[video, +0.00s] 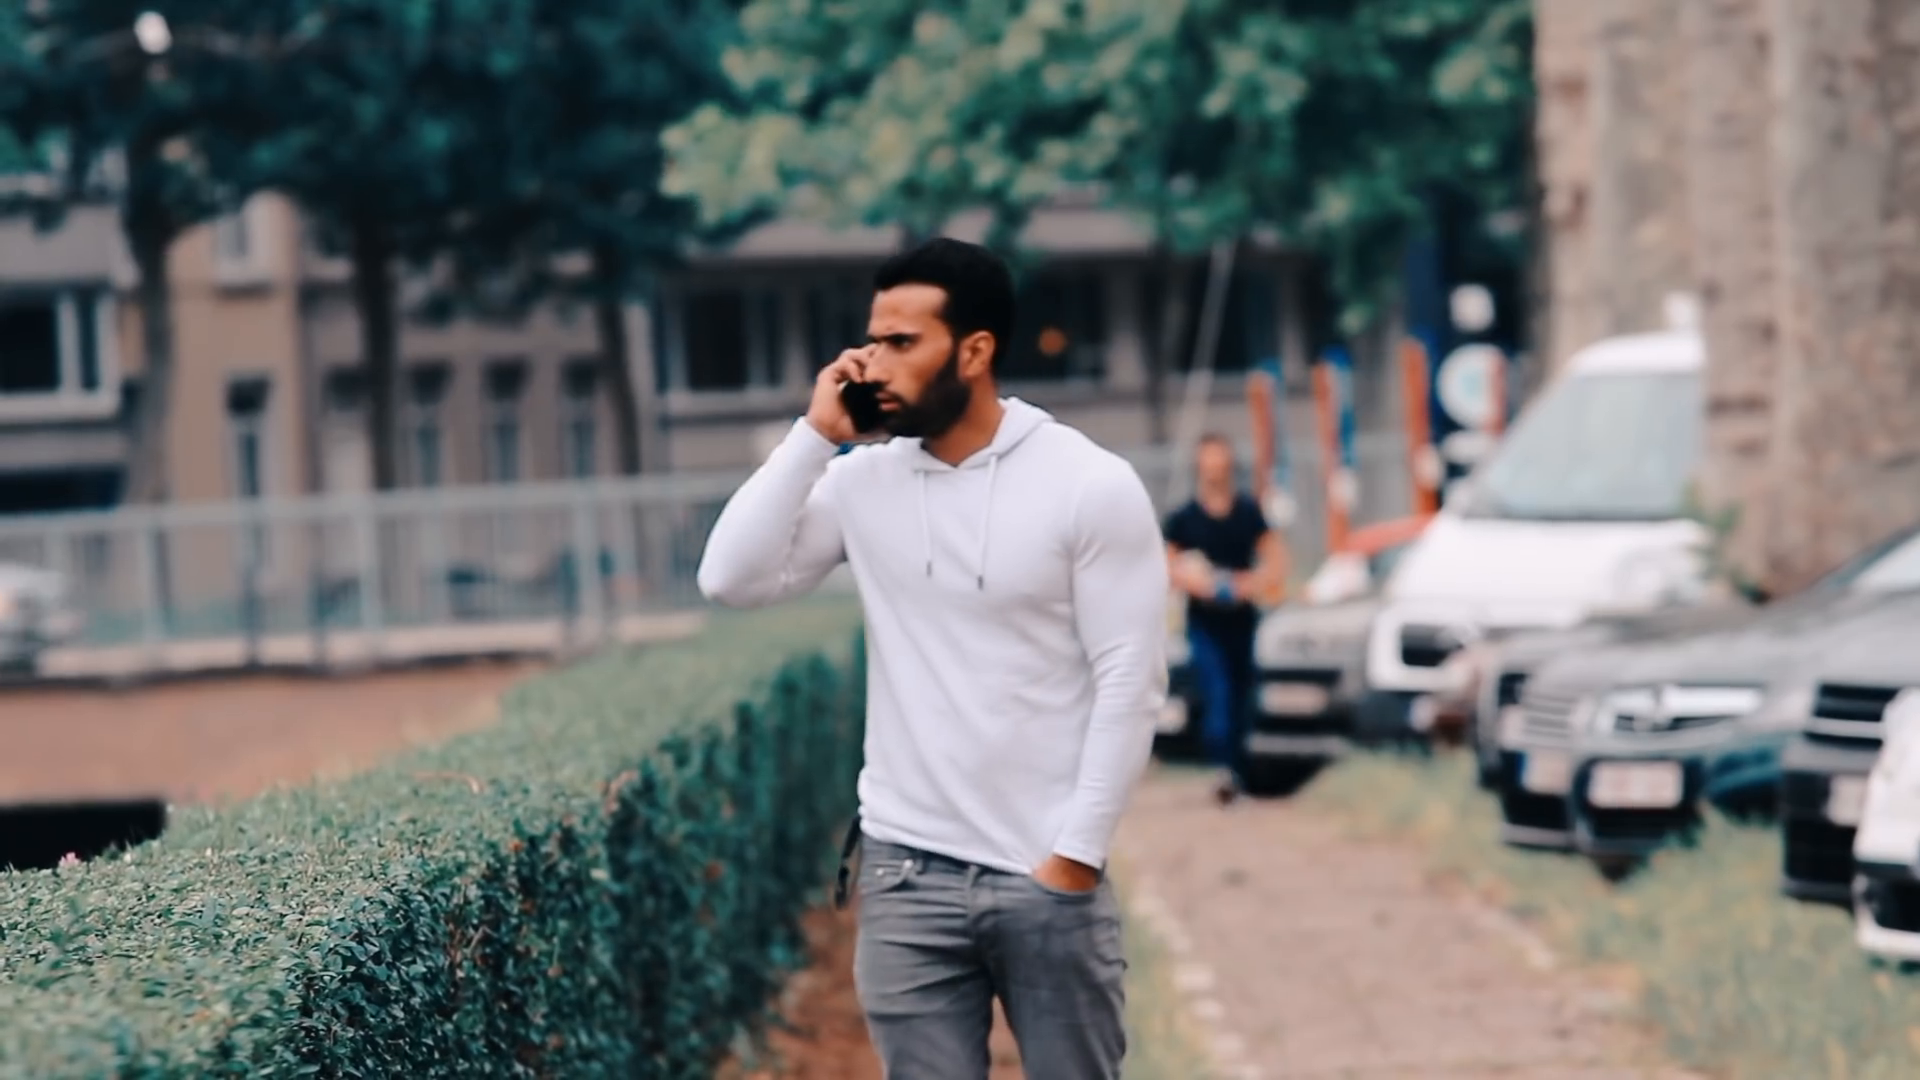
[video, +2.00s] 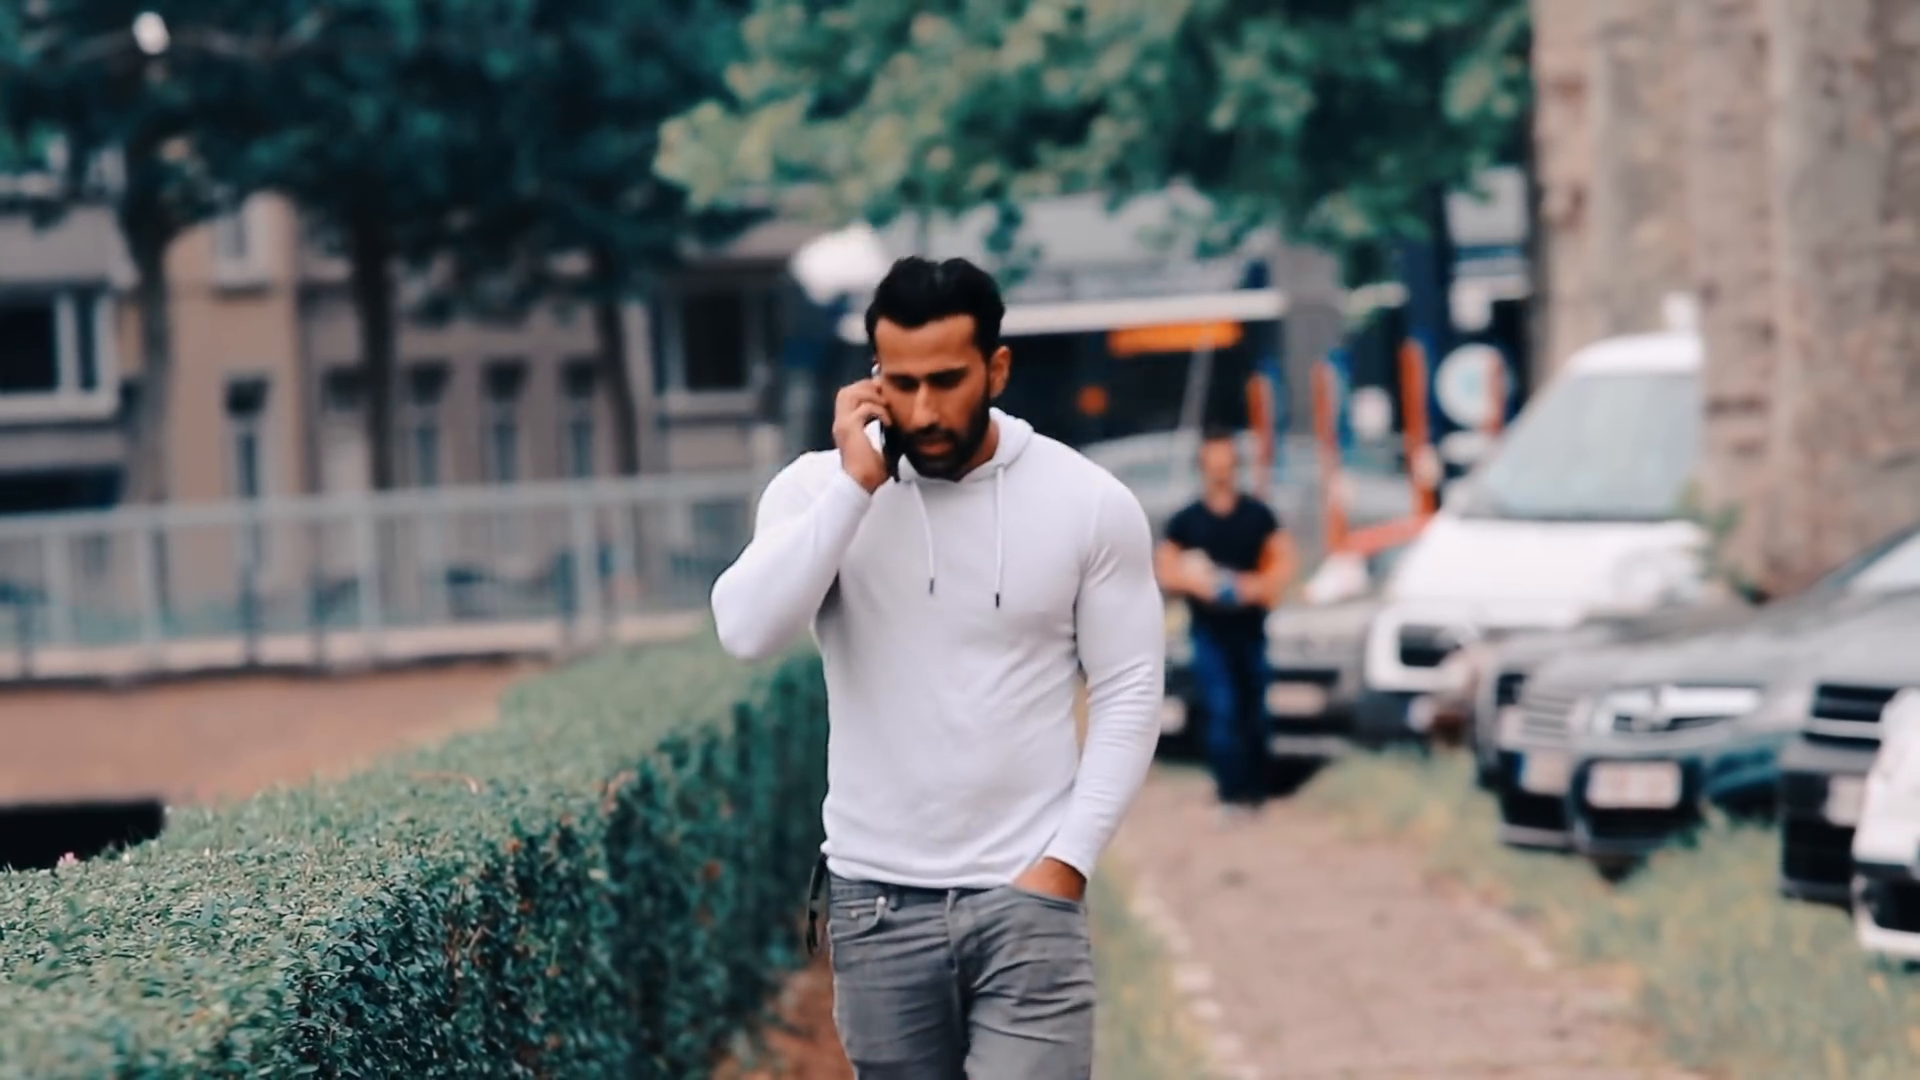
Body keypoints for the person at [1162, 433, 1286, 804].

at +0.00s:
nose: (1215, 472)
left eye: (1221, 464)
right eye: (1209, 464)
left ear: (1231, 466)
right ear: (1198, 467)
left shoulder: (1248, 512)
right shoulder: (1185, 519)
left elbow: (1275, 557)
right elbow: (1169, 564)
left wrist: (1254, 582)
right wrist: (1195, 583)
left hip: (1240, 609)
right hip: (1205, 611)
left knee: (1240, 687)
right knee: (1217, 688)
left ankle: (1236, 763)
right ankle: (1223, 768)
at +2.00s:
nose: (1221, 471)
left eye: (1227, 463)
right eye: (1214, 463)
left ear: (1236, 465)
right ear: (1202, 466)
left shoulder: (1257, 515)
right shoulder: (1187, 521)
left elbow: (1283, 559)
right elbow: (1166, 569)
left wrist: (1259, 586)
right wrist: (1200, 582)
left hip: (1249, 622)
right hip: (1209, 624)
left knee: (1252, 704)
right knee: (1222, 705)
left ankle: (1255, 787)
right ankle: (1231, 790)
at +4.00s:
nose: (1231, 452)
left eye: (1237, 444)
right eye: (1224, 445)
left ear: (1250, 446)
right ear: (1213, 448)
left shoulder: (1270, 497)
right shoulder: (1200, 504)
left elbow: (1302, 550)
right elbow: (1178, 560)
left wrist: (1276, 578)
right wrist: (1211, 575)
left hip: (1262, 613)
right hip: (1219, 615)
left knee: (1266, 702)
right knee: (1232, 706)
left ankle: (1273, 785)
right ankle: (1246, 789)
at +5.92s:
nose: (1201, 438)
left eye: (1208, 430)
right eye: (1194, 430)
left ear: (1221, 429)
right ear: (1183, 431)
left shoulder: (1246, 481)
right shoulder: (1172, 482)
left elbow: (1269, 542)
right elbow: (1144, 544)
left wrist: (1244, 567)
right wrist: (1185, 563)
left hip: (1236, 606)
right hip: (1190, 608)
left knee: (1243, 695)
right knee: (1199, 703)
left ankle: (1243, 784)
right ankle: (1212, 791)